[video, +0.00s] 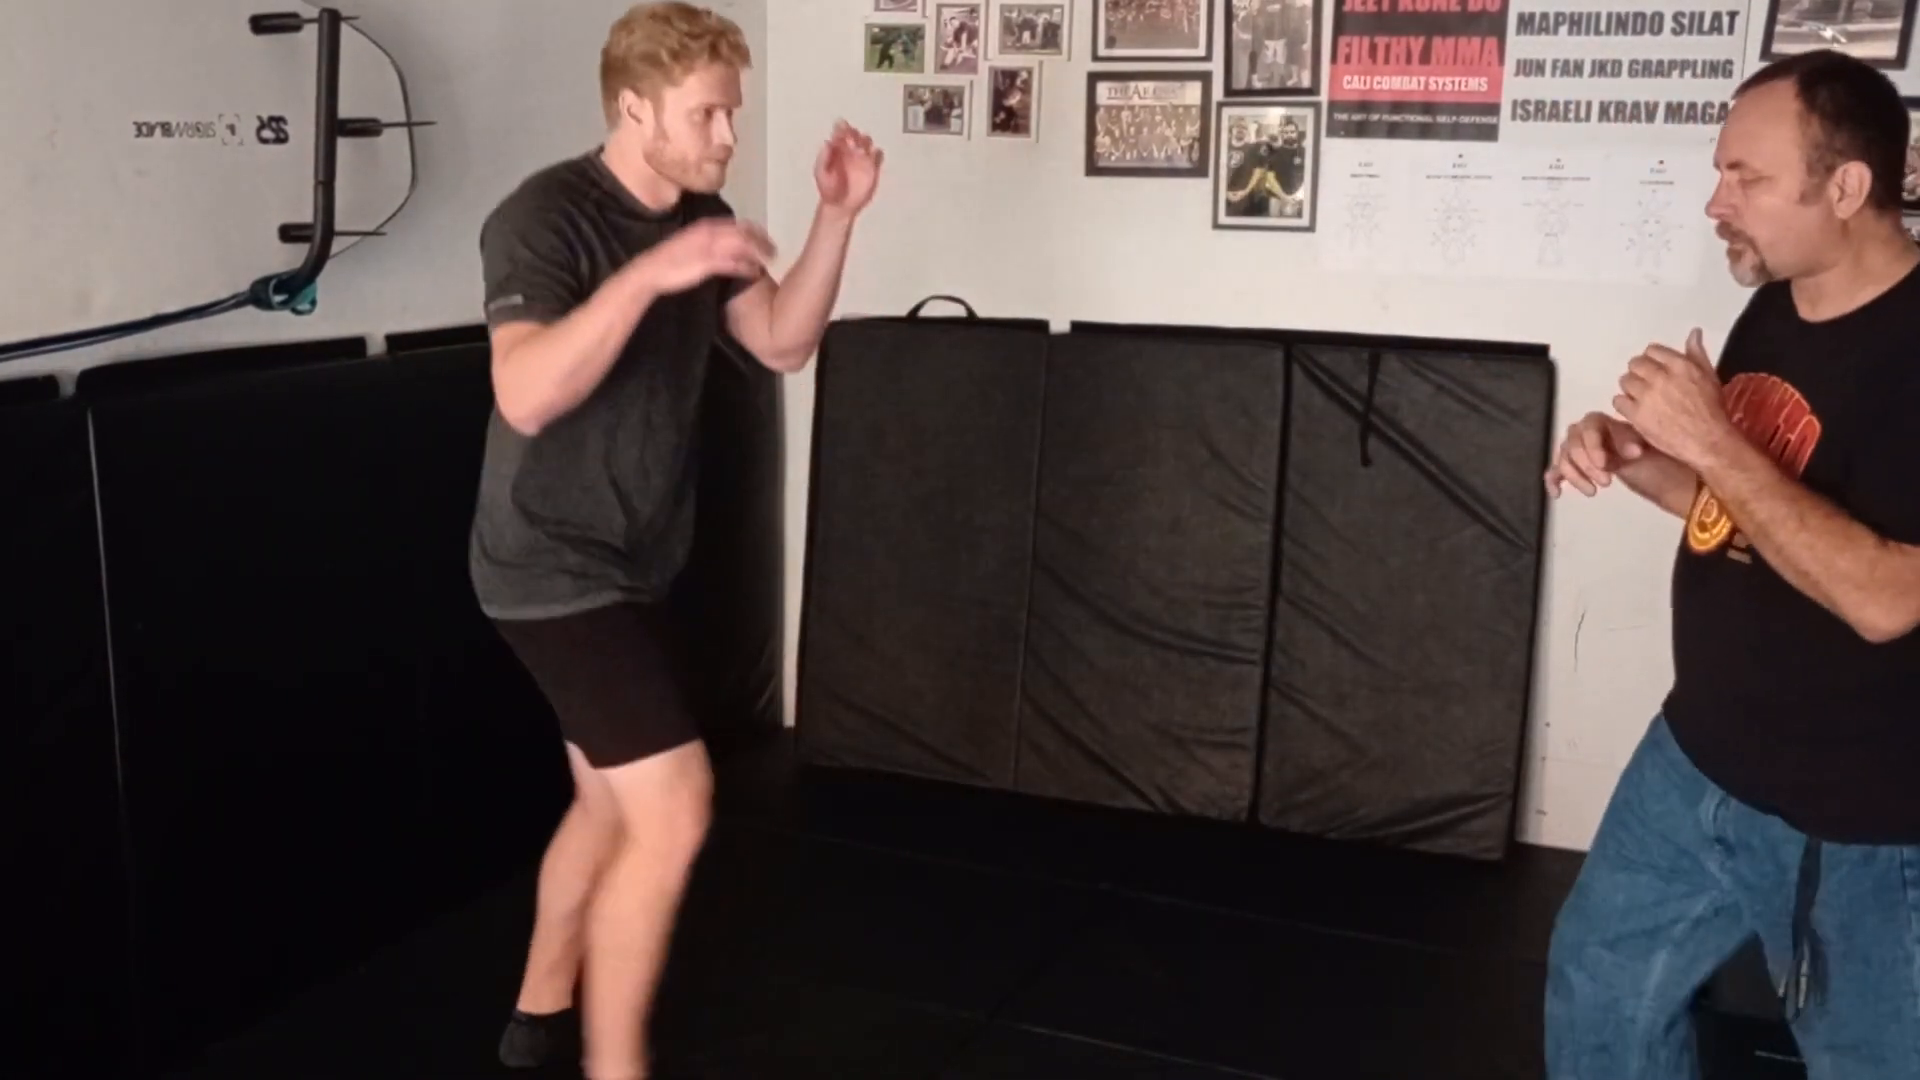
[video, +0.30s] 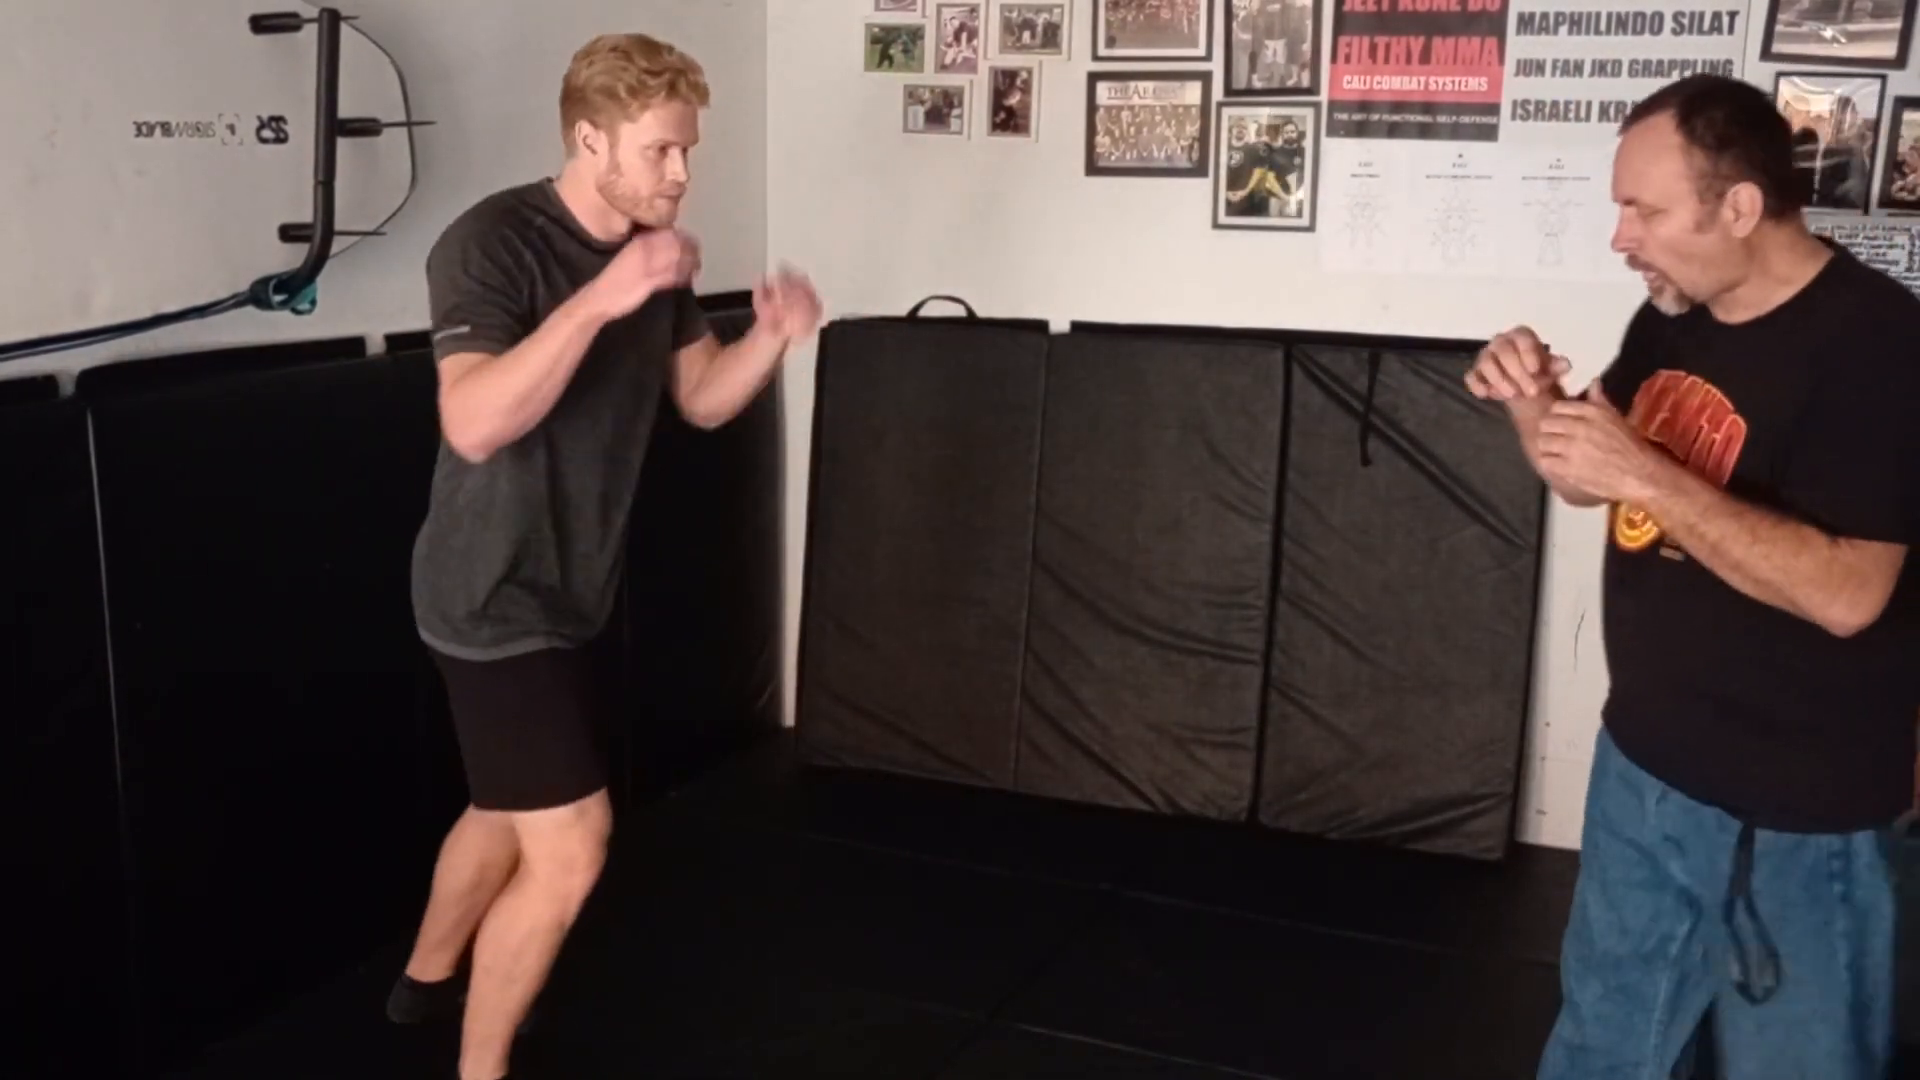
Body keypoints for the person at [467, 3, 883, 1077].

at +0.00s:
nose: (730, 136)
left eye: (733, 113)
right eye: (710, 115)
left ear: (690, 115)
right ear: (635, 112)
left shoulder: (694, 225)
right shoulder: (542, 217)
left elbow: (782, 341)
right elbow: (527, 394)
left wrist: (836, 216)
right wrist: (652, 273)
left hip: (639, 565)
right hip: (549, 572)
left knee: (607, 804)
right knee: (672, 806)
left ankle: (538, 1023)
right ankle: (613, 1068)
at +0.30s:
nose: (684, 176)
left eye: (689, 152)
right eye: (664, 152)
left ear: (685, 145)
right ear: (590, 141)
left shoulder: (653, 256)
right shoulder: (489, 244)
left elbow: (702, 398)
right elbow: (472, 422)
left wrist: (768, 338)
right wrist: (600, 295)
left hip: (579, 593)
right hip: (489, 597)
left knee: (504, 816)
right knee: (569, 845)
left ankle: (419, 988)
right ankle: (480, 1072)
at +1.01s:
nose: (730, 185)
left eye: (737, 162)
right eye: (710, 163)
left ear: (737, 160)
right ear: (636, 152)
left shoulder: (705, 269)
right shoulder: (547, 267)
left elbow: (784, 404)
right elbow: (554, 431)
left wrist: (794, 251)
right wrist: (647, 266)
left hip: (697, 614)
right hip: (633, 630)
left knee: (654, 852)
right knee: (814, 857)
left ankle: (506, 1046)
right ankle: (860, 1079)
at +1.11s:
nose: (769, 197)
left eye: (779, 175)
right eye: (752, 175)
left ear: (778, 173)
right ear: (679, 163)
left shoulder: (729, 271)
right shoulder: (597, 271)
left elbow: (832, 397)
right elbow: (646, 430)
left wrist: (832, 252)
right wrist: (716, 261)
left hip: (718, 624)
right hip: (677, 638)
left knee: (667, 857)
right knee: (823, 892)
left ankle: (510, 1041)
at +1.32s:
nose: (864, 190)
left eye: (869, 168)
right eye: (846, 168)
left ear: (783, 155)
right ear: (772, 154)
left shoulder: (790, 264)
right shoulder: (670, 264)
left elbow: (900, 391)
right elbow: (750, 425)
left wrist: (914, 243)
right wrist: (821, 254)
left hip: (722, 624)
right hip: (705, 638)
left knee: (672, 843)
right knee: (835, 899)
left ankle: (518, 1025)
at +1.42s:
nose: (868, 191)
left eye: (874, 168)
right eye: (851, 167)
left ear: (787, 155)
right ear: (778, 155)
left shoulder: (797, 261)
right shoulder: (679, 263)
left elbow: (903, 394)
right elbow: (760, 425)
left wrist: (920, 242)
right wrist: (828, 252)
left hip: (723, 628)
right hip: (722, 641)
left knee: (671, 846)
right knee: (856, 897)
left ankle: (515, 1040)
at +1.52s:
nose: (867, 186)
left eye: (872, 164)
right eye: (852, 162)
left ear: (785, 150)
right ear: (781, 150)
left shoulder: (790, 256)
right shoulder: (675, 261)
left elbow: (899, 387)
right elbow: (762, 424)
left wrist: (919, 236)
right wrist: (827, 247)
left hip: (710, 628)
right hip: (723, 642)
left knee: (671, 845)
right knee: (849, 903)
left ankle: (519, 1043)